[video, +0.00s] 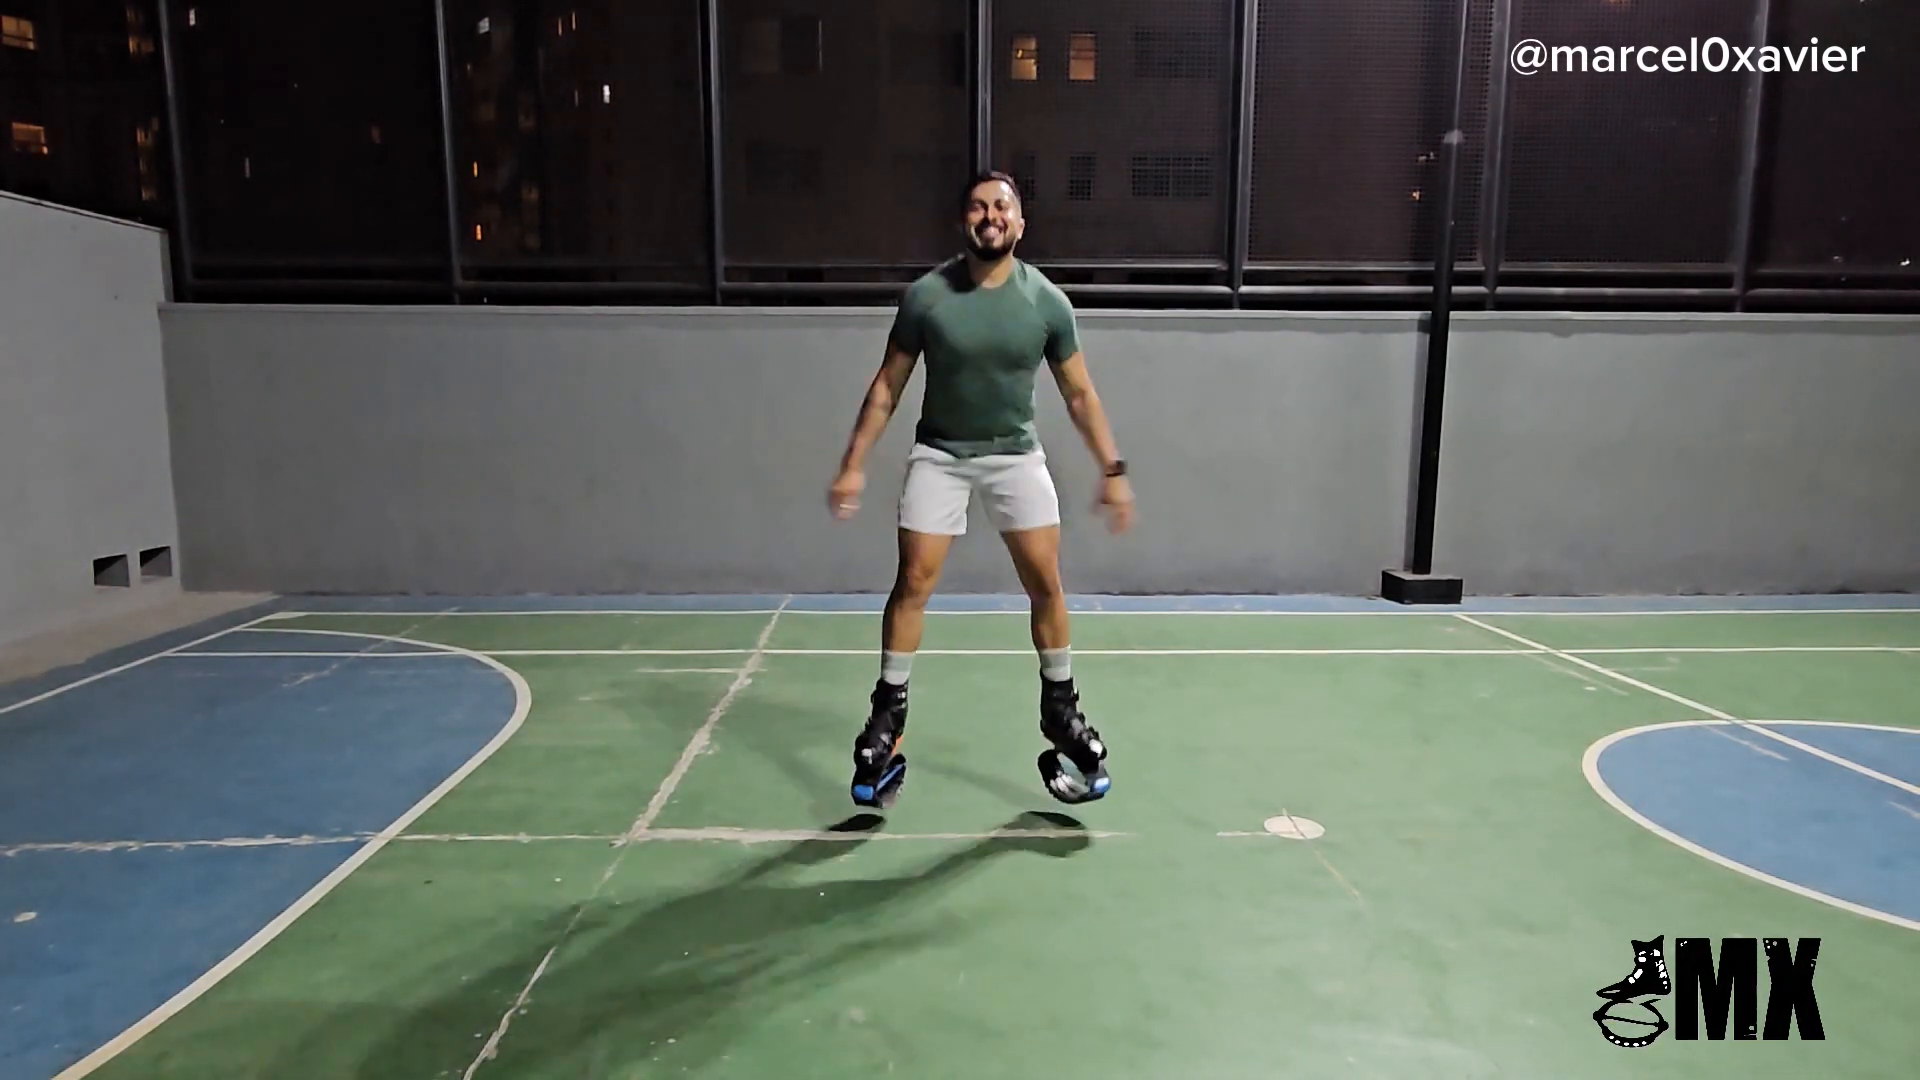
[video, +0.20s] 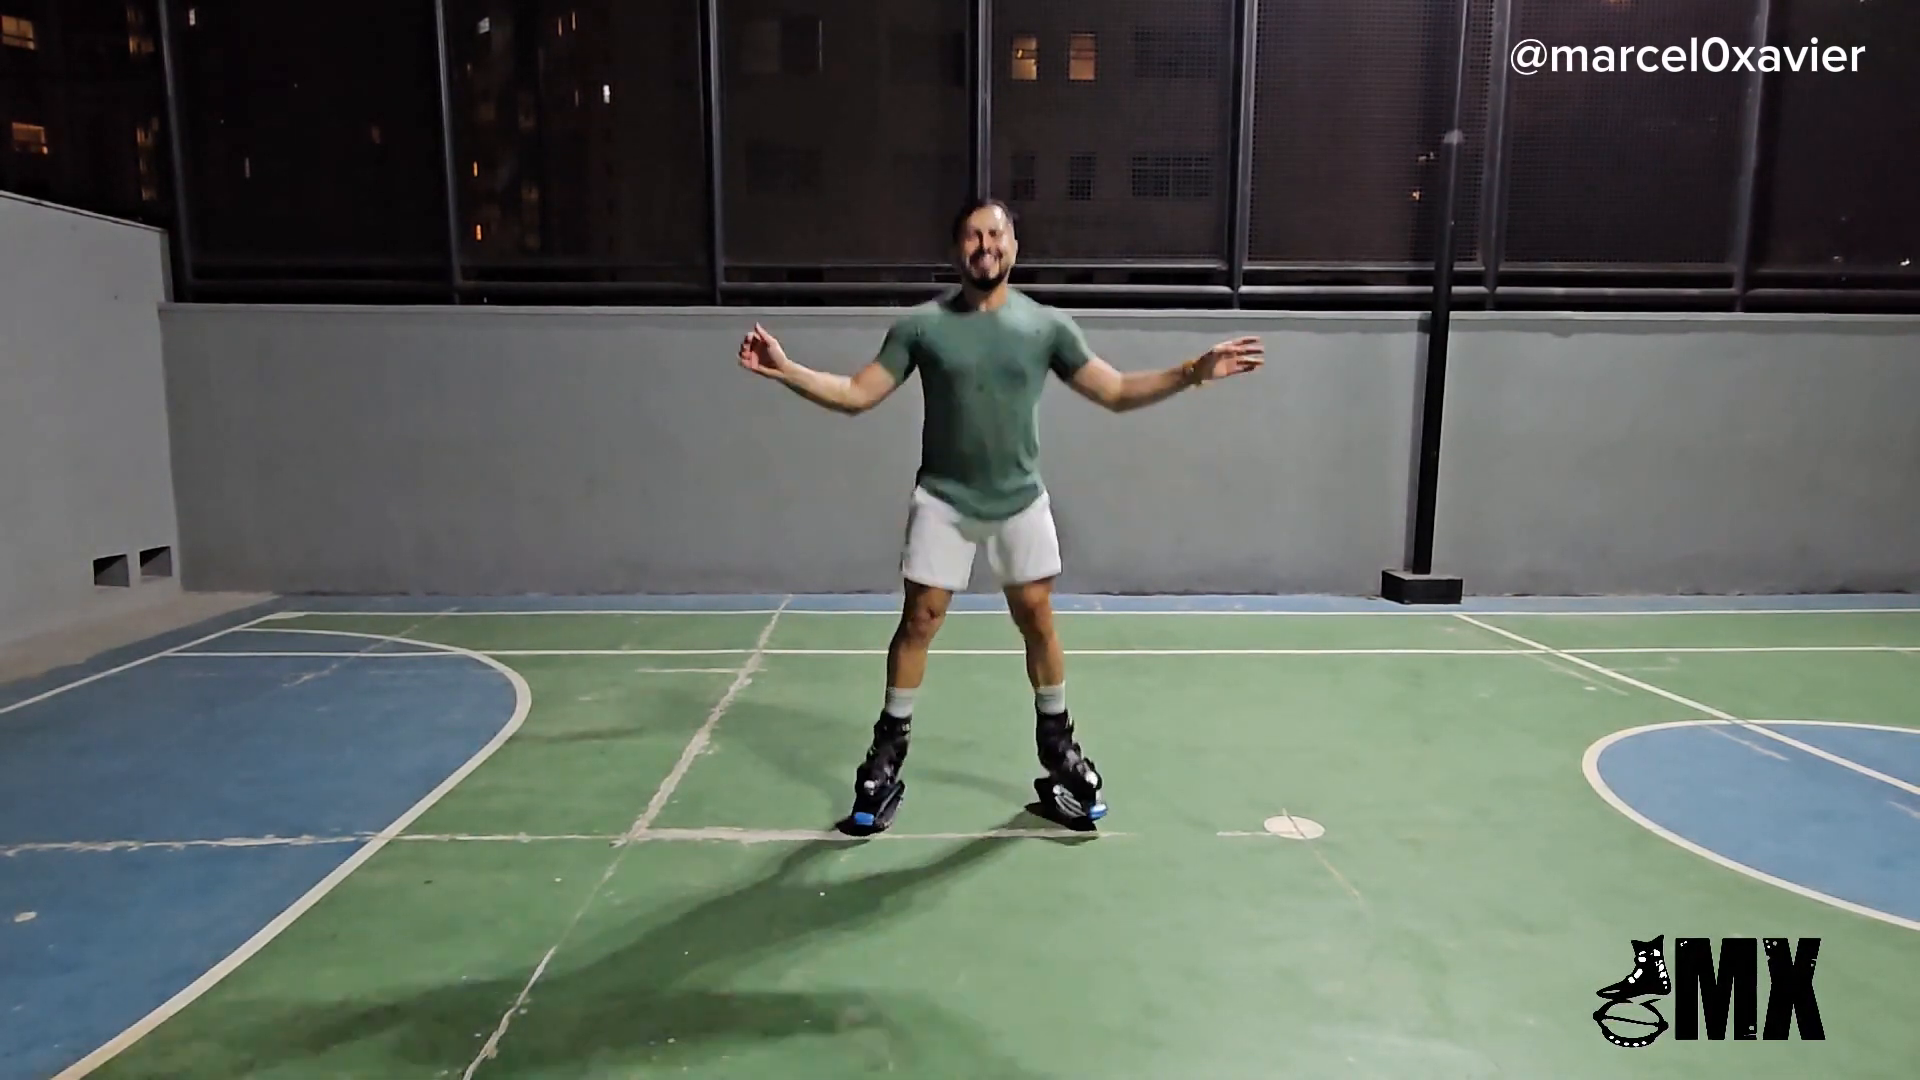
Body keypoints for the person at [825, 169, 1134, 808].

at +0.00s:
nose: (990, 215)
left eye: (1002, 206)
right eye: (979, 206)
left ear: (1021, 222)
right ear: (963, 221)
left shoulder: (1045, 301)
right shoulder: (927, 296)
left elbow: (1080, 393)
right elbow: (887, 387)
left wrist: (1112, 468)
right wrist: (853, 463)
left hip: (1016, 459)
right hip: (939, 459)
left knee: (1046, 582)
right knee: (914, 580)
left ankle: (1061, 709)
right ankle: (887, 713)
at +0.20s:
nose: (984, 244)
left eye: (995, 234)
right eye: (972, 235)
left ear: (1014, 250)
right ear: (957, 251)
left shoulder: (1045, 326)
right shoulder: (920, 327)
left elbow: (1117, 390)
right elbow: (857, 394)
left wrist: (1194, 372)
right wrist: (785, 370)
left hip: (1020, 499)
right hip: (942, 499)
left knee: (1037, 616)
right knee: (920, 618)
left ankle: (1059, 752)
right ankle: (886, 760)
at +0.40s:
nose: (986, 191)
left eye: (997, 182)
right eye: (973, 183)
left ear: (1015, 200)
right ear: (956, 203)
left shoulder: (1049, 276)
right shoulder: (921, 277)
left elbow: (1079, 362)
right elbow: (904, 377)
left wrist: (1057, 417)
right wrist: (914, 457)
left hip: (1020, 444)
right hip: (943, 445)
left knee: (1028, 571)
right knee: (937, 571)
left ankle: (1033, 708)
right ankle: (923, 714)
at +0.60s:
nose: (988, 255)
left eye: (997, 244)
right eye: (974, 246)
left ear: (1012, 255)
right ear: (955, 260)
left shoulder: (1043, 329)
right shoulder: (924, 332)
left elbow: (1041, 400)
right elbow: (935, 414)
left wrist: (965, 337)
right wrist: (1010, 384)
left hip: (1019, 510)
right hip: (948, 510)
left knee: (1011, 632)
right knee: (954, 635)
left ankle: (1005, 767)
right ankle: (949, 772)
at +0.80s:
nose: (985, 181)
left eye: (997, 169)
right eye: (972, 171)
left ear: (1019, 183)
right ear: (956, 187)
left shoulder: (1055, 264)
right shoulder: (922, 264)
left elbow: (1088, 354)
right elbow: (888, 358)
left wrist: (1093, 408)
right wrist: (890, 441)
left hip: (1025, 449)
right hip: (945, 450)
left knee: (1032, 584)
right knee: (939, 580)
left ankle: (1034, 718)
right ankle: (927, 724)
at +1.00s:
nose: (988, 246)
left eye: (1000, 236)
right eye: (977, 236)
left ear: (1023, 253)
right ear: (963, 254)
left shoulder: (1056, 335)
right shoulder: (924, 340)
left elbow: (1117, 403)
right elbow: (848, 407)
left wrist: (1203, 424)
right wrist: (757, 423)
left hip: (1029, 509)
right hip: (947, 509)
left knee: (1057, 637)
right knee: (918, 637)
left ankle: (1092, 775)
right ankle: (874, 784)